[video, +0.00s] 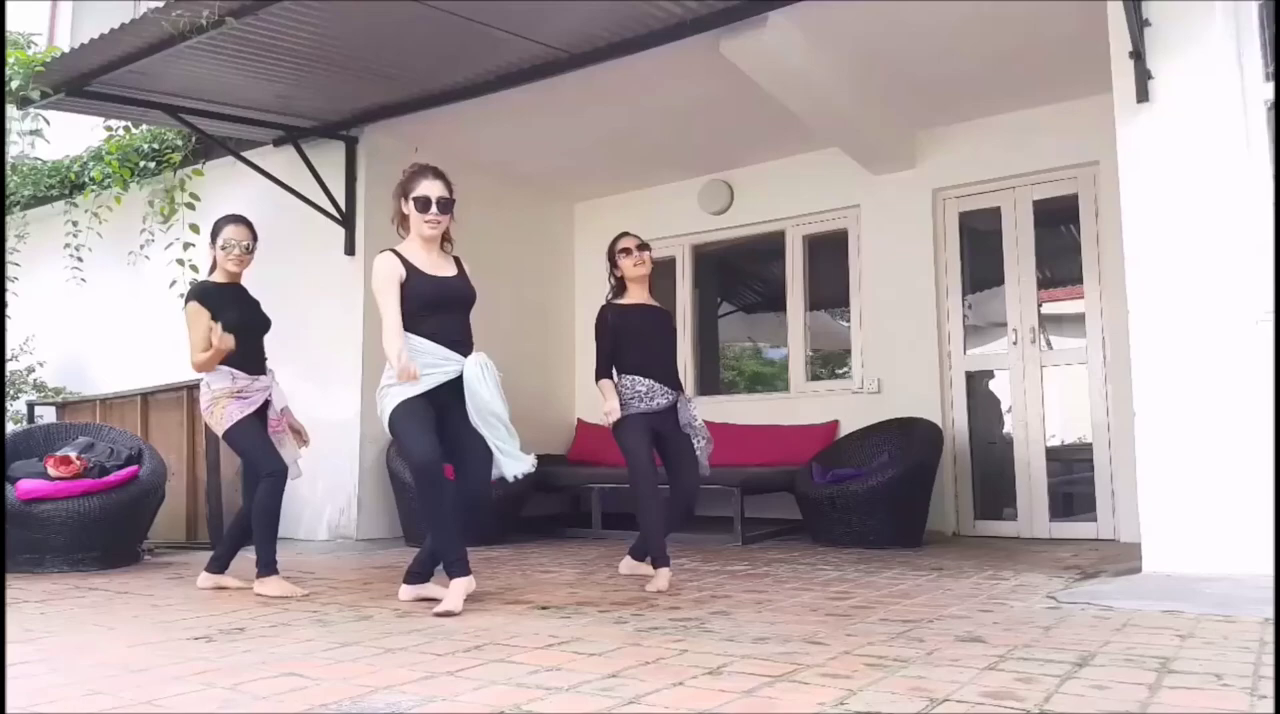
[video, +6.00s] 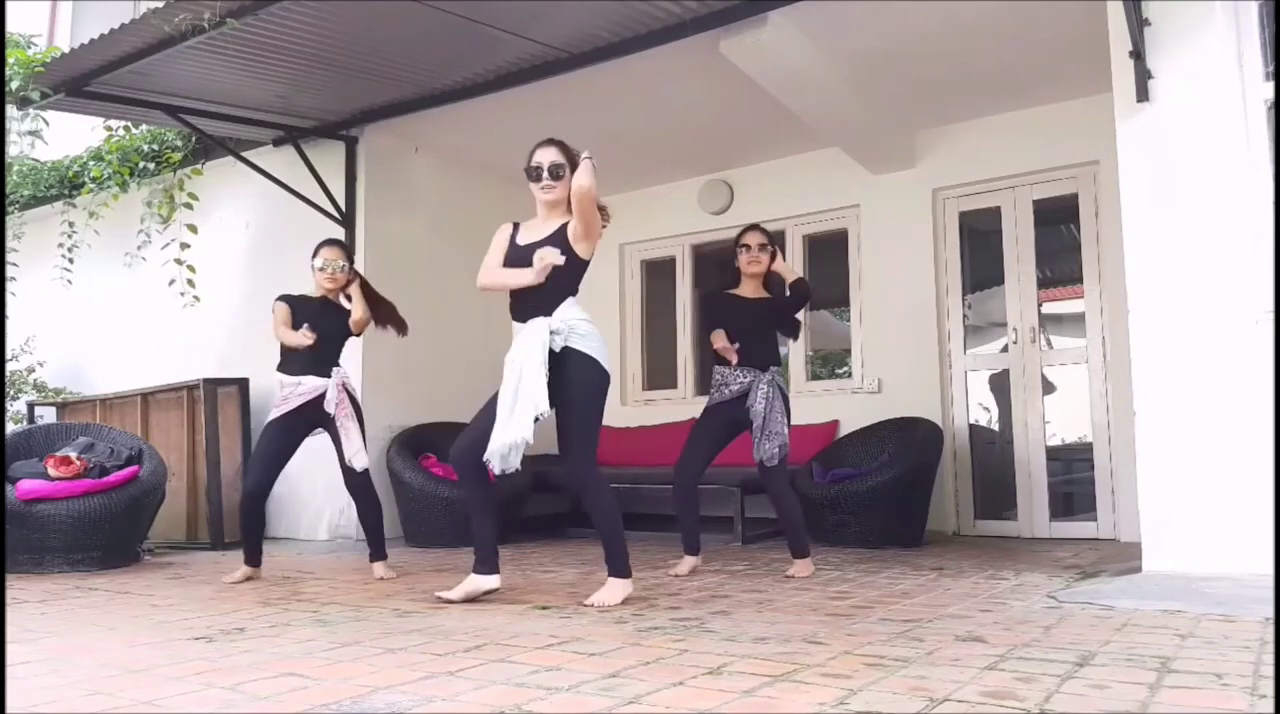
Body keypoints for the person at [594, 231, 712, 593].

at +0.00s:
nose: (637, 256)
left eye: (641, 249)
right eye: (626, 253)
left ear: (651, 257)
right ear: (616, 267)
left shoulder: (664, 314)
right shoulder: (610, 312)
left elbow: (671, 369)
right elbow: (602, 369)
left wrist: (688, 411)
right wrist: (612, 400)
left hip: (669, 408)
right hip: (630, 410)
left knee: (688, 487)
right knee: (645, 480)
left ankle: (636, 556)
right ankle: (662, 566)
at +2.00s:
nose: (640, 250)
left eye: (644, 244)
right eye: (629, 247)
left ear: (652, 252)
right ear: (616, 261)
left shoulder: (662, 304)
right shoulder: (610, 291)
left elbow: (666, 361)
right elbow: (617, 337)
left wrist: (676, 401)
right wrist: (666, 326)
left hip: (662, 392)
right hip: (625, 390)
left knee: (679, 470)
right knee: (661, 463)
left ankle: (636, 557)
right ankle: (631, 560)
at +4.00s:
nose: (638, 263)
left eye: (646, 257)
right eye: (631, 257)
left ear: (657, 265)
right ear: (623, 264)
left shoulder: (668, 312)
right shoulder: (610, 300)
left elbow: (685, 364)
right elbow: (598, 350)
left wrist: (716, 409)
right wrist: (614, 360)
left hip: (670, 398)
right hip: (631, 398)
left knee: (662, 479)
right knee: (601, 467)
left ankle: (659, 556)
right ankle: (595, 558)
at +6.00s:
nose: (753, 255)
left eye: (761, 249)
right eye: (746, 249)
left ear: (771, 258)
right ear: (736, 257)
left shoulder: (775, 302)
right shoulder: (717, 298)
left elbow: (802, 293)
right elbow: (713, 329)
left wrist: (784, 269)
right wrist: (720, 340)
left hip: (766, 391)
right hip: (727, 391)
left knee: (773, 474)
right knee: (685, 472)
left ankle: (802, 558)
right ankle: (691, 554)